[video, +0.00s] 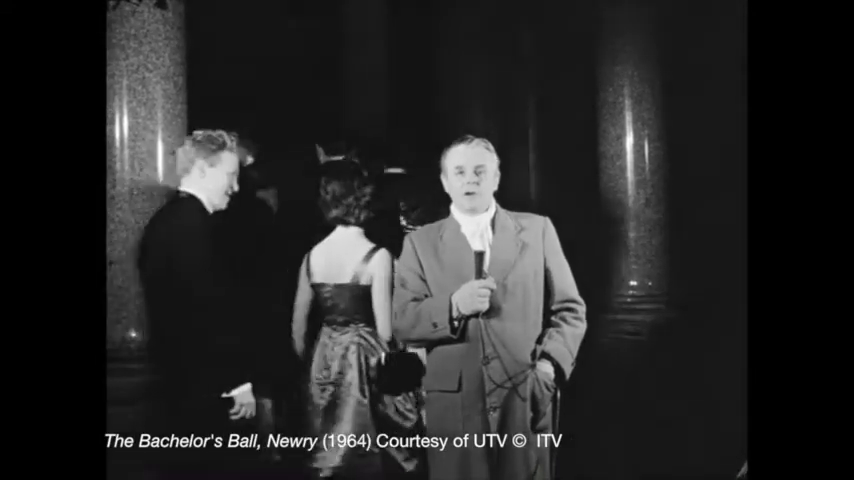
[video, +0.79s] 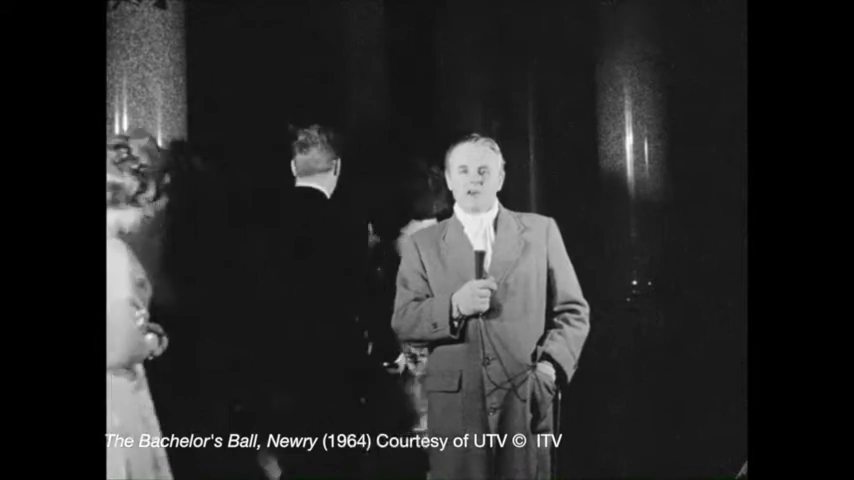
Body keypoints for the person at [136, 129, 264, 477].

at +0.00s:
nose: (235, 186)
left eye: (236, 177)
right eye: (230, 174)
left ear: (201, 170)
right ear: (203, 169)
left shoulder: (169, 220)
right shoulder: (191, 224)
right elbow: (207, 308)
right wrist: (236, 379)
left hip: (180, 370)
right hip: (200, 377)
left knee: (189, 465)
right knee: (208, 467)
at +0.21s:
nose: (261, 187)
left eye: (262, 177)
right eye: (257, 176)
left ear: (223, 173)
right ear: (232, 173)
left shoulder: (196, 217)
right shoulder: (228, 225)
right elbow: (245, 310)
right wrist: (278, 377)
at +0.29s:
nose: (276, 187)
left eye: (276, 178)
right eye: (271, 177)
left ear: (240, 175)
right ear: (247, 175)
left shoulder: (213, 221)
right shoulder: (249, 229)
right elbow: (272, 309)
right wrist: (299, 379)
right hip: (253, 376)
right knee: (262, 467)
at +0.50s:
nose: (318, 176)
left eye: (317, 167)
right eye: (317, 168)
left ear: (264, 174)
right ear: (310, 173)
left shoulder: (231, 224)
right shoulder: (325, 228)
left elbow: (213, 309)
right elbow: (348, 308)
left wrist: (236, 365)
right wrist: (351, 374)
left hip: (256, 369)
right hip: (314, 372)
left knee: (263, 462)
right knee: (321, 465)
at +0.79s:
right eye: (336, 168)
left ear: (293, 171)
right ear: (336, 169)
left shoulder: (265, 213)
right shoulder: (341, 221)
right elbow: (361, 293)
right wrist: (387, 348)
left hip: (274, 345)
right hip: (330, 349)